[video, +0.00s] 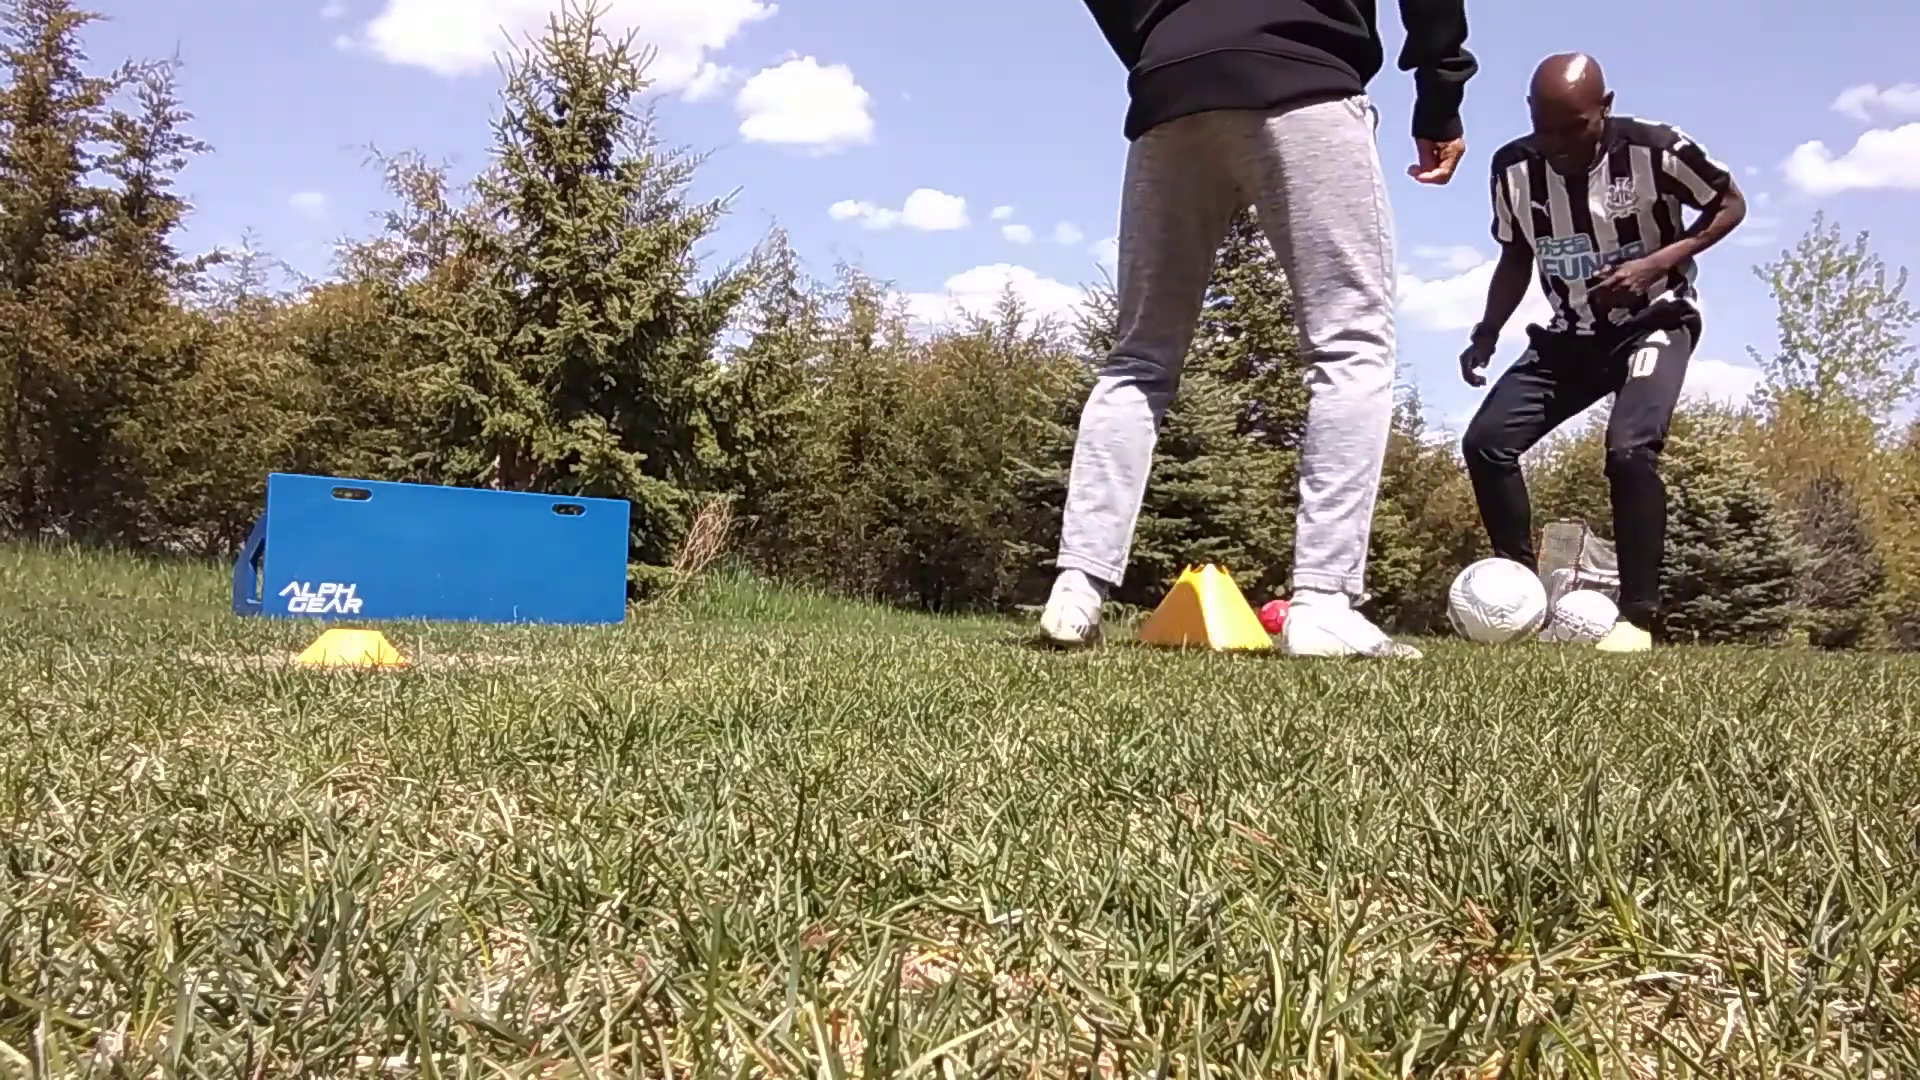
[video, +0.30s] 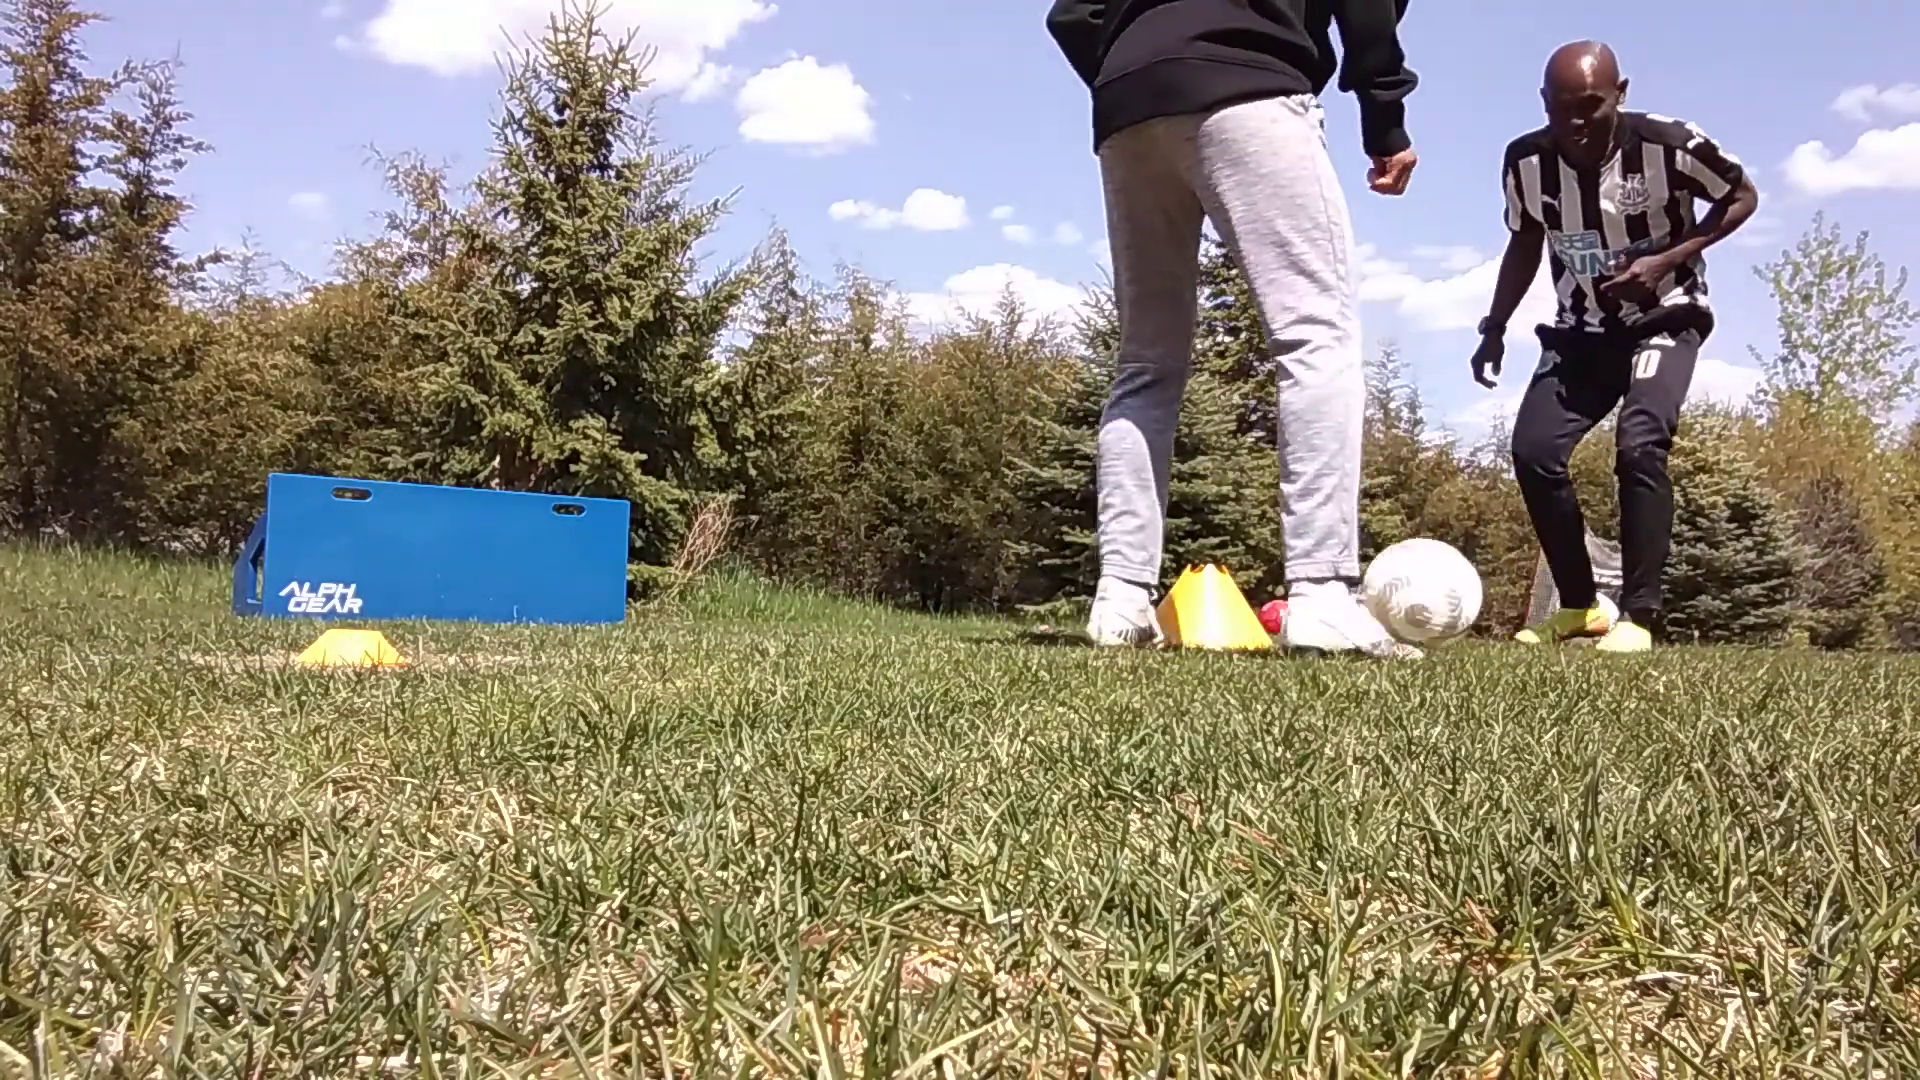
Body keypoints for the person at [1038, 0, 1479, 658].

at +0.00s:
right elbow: (1432, 5)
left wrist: (1163, 61)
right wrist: (1439, 101)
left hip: (1169, 82)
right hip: (1302, 72)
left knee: (1138, 360)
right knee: (1350, 349)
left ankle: (1075, 592)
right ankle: (1324, 603)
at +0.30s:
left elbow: (1069, 12)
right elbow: (1368, 3)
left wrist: (1134, 92)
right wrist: (1384, 115)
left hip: (1123, 87)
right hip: (1247, 67)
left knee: (1145, 366)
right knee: (1316, 337)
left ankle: (1120, 600)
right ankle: (1322, 597)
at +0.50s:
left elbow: (1044, 52)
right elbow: (1254, 14)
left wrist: (1116, 117)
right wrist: (1314, 105)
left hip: (1081, 136)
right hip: (1185, 105)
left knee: (1141, 384)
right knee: (1365, 278)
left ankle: (1121, 603)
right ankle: (1288, 505)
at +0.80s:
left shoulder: (1069, 5)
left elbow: (1015, 84)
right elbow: (1267, 58)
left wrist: (1082, 146)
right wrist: (1303, 190)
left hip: (1049, 168)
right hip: (1153, 146)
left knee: (1108, 379)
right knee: (1255, 373)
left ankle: (1065, 545)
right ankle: (1245, 603)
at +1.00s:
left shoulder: (1009, 4)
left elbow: (951, 70)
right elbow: (1147, 40)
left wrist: (1015, 136)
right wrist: (1215, 149)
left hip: (986, 171)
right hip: (1083, 154)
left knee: (999, 401)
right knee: (1172, 367)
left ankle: (934, 588)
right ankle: (1197, 584)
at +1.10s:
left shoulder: (974, 1)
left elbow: (929, 50)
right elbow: (1103, 30)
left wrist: (993, 114)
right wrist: (1153, 131)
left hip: (954, 143)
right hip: (1048, 136)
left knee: (970, 376)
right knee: (1136, 343)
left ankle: (907, 550)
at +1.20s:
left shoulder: (957, 5)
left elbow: (906, 77)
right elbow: (1075, 41)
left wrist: (975, 139)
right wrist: (1120, 150)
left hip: (931, 173)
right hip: (1020, 169)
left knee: (935, 393)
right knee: (1083, 382)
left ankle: (850, 576)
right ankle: (1019, 585)